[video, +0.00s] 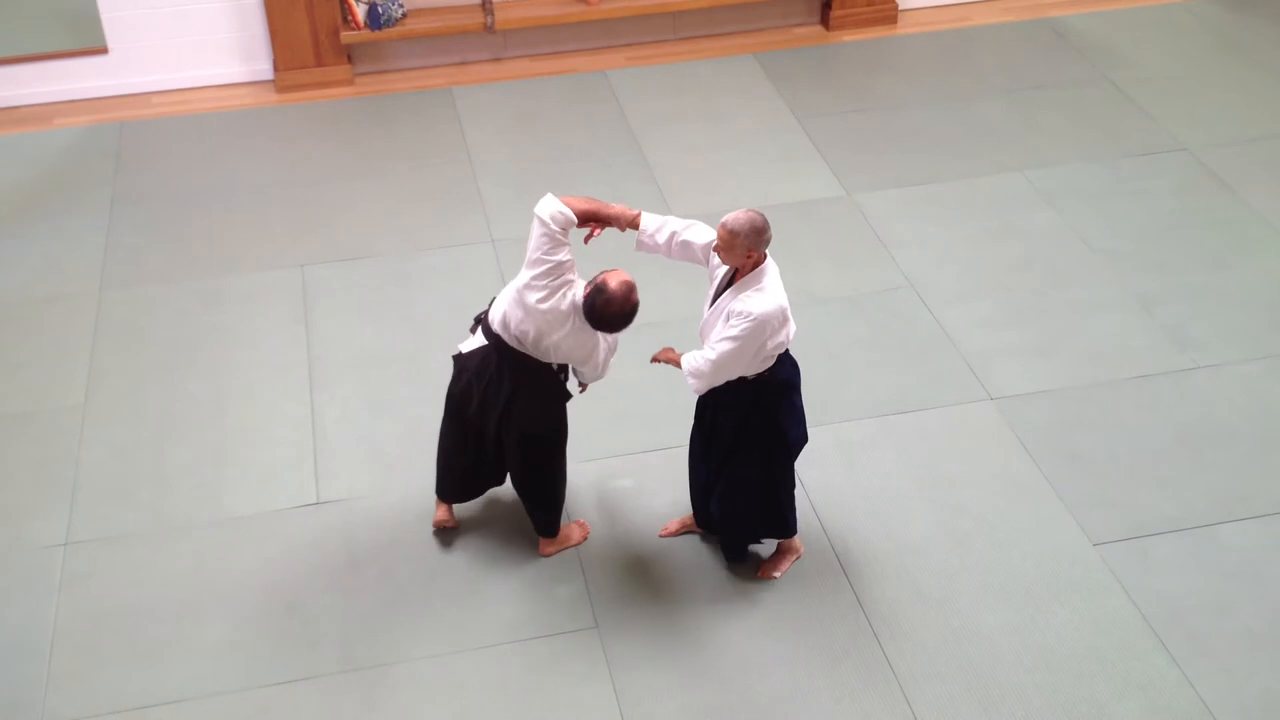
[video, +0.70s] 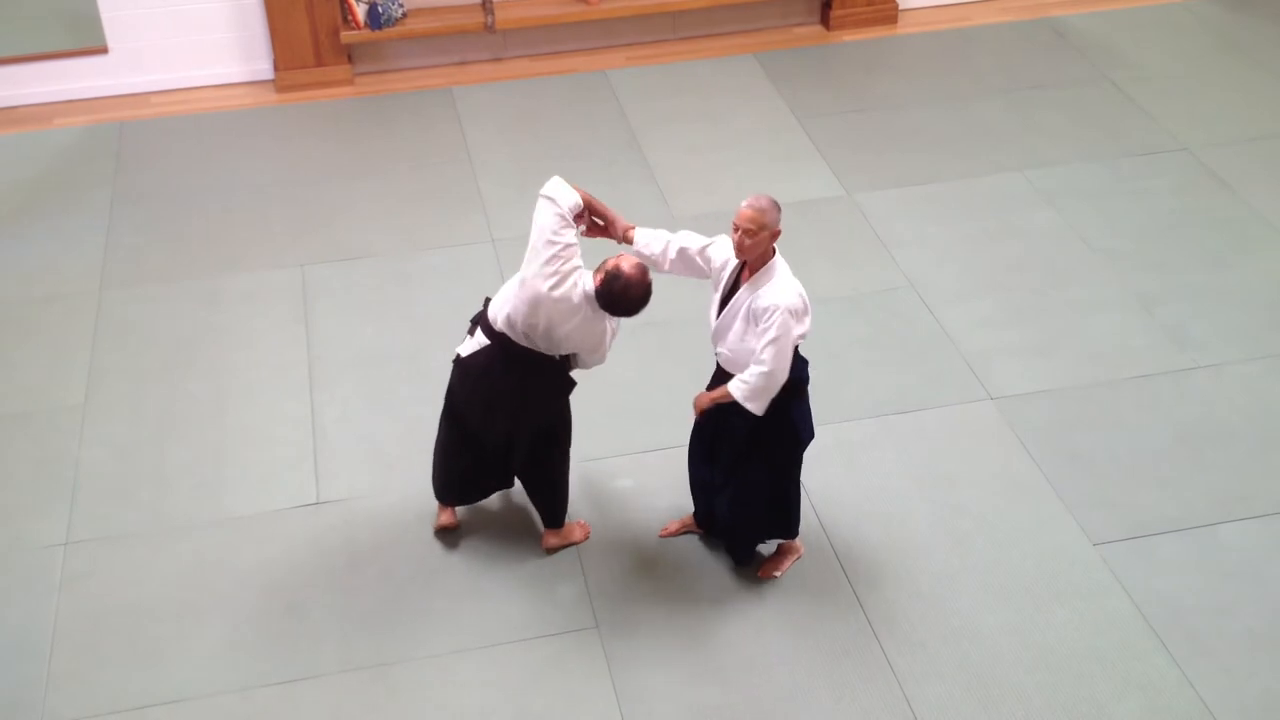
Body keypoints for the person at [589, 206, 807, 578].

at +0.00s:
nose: (715, 248)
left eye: (723, 246)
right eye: (717, 241)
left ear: (751, 257)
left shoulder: (760, 309)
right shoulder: (729, 255)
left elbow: (713, 365)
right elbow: (679, 233)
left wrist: (677, 358)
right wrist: (624, 218)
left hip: (762, 392)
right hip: (727, 380)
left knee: (768, 469)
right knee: (710, 452)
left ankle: (788, 542)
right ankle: (706, 515)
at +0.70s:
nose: (737, 239)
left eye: (748, 234)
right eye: (735, 229)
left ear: (774, 237)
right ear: (731, 223)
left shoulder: (782, 299)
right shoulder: (726, 253)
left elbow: (768, 373)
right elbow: (678, 247)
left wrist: (714, 396)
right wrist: (624, 232)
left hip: (774, 396)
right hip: (729, 376)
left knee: (774, 471)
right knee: (708, 450)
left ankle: (789, 543)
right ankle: (707, 516)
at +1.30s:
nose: (785, 236)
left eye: (797, 230)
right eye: (783, 226)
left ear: (821, 235)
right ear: (778, 224)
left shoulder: (829, 295)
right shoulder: (773, 264)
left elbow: (839, 370)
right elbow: (731, 303)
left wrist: (792, 404)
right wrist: (673, 324)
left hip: (807, 402)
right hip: (769, 384)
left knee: (786, 479)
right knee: (761, 460)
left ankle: (780, 559)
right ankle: (788, 530)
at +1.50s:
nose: (803, 224)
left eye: (814, 218)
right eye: (800, 214)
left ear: (837, 223)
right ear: (796, 212)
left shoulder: (847, 281)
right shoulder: (789, 254)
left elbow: (852, 355)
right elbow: (751, 297)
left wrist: (796, 379)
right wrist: (700, 323)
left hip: (821, 391)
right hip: (785, 373)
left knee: (782, 474)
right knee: (792, 441)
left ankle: (782, 555)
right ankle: (838, 474)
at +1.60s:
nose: (814, 215)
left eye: (824, 209)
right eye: (810, 205)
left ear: (847, 213)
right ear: (806, 204)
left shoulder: (858, 271)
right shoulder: (798, 246)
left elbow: (863, 344)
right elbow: (764, 289)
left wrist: (805, 360)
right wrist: (720, 323)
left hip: (834, 380)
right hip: (796, 367)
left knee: (789, 466)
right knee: (809, 434)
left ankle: (786, 551)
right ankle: (841, 482)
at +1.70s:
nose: (824, 209)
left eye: (835, 203)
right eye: (821, 199)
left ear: (858, 206)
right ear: (817, 198)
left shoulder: (871, 262)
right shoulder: (808, 239)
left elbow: (875, 334)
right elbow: (779, 283)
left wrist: (818, 340)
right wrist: (743, 321)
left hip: (852, 368)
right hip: (809, 357)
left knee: (825, 449)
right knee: (800, 441)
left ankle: (803, 544)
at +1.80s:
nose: (838, 204)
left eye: (849, 198)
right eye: (834, 195)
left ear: (870, 201)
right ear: (828, 194)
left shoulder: (886, 256)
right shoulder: (819, 233)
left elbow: (886, 326)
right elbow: (791, 278)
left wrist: (830, 326)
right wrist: (768, 317)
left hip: (870, 356)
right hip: (826, 347)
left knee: (855, 435)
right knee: (804, 424)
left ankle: (846, 528)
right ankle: (826, 509)